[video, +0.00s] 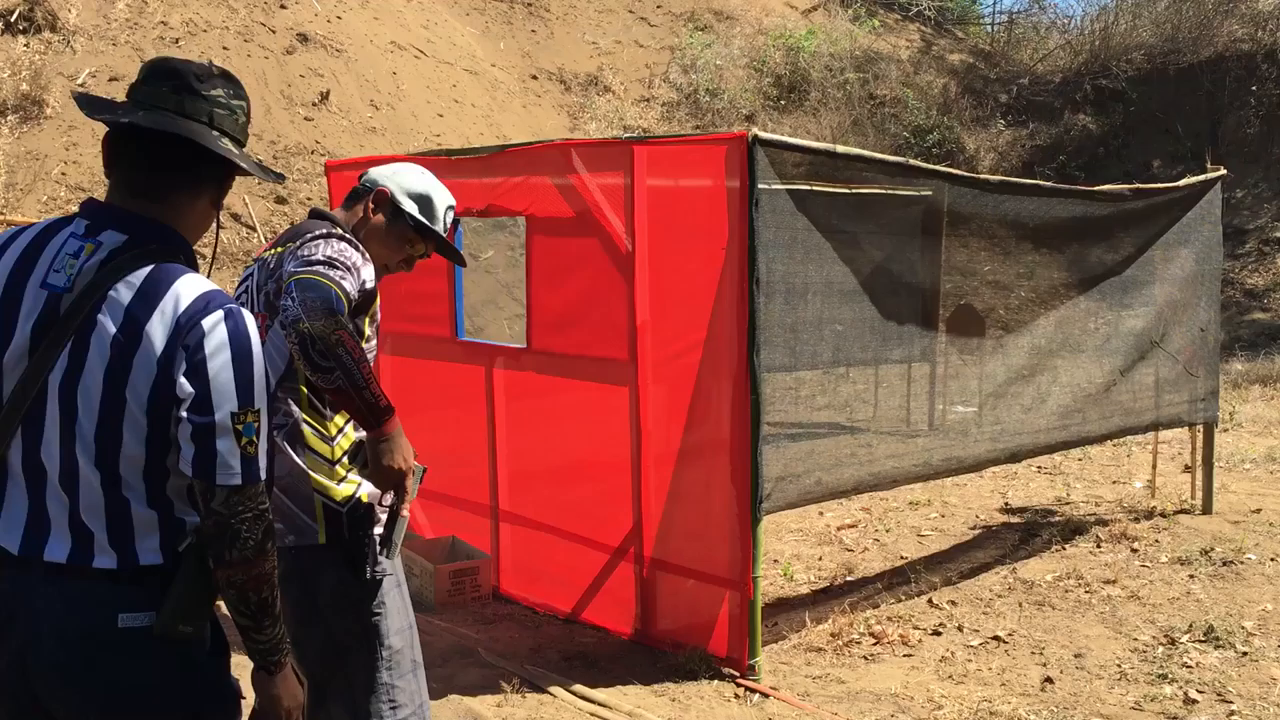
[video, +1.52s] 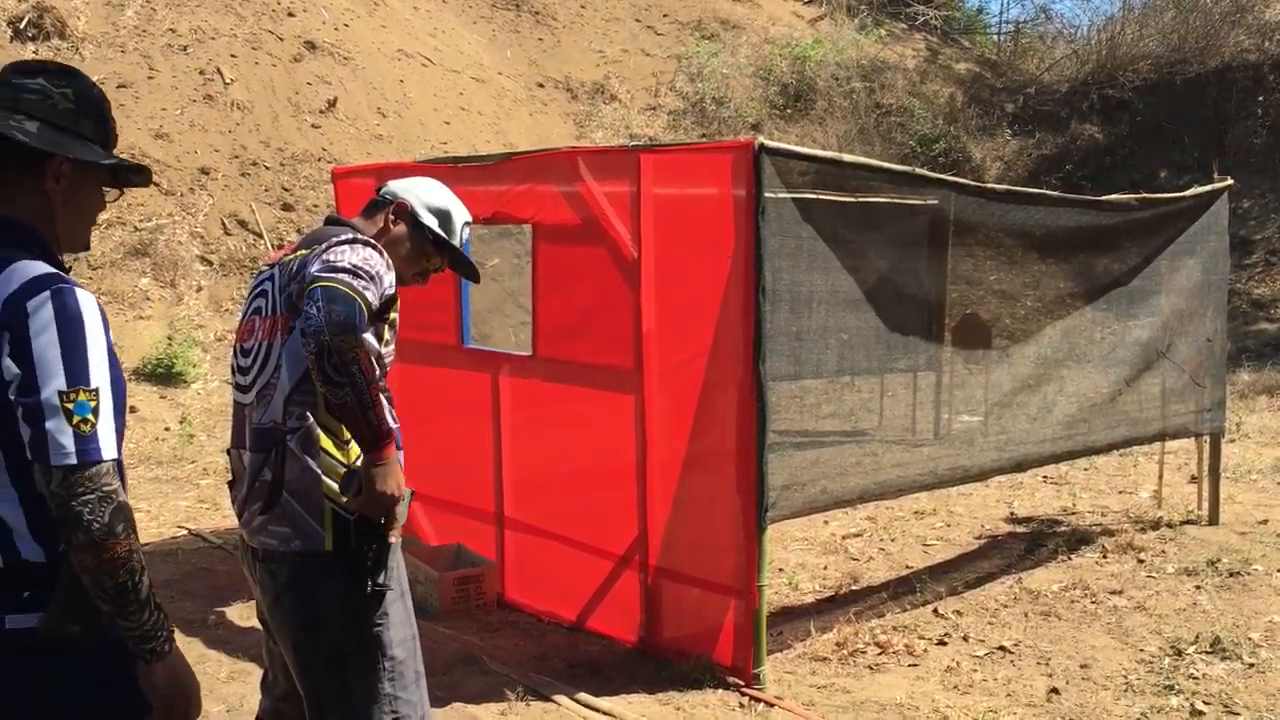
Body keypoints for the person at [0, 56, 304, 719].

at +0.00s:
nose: (223, 208)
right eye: (231, 187)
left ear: (108, 154)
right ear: (219, 189)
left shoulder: (14, 254)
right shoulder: (208, 324)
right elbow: (235, 526)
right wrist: (273, 661)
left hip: (11, 601)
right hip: (141, 630)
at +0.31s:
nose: (175, 202)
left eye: (179, 184)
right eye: (179, 183)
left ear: (59, 161)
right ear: (165, 186)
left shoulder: (10, 259)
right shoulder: (153, 318)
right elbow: (197, 526)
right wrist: (255, 656)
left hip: (11, 608)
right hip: (119, 631)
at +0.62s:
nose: (117, 195)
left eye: (117, 178)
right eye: (118, 179)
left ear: (9, 174)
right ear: (100, 184)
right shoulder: (83, 319)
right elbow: (116, 526)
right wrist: (167, 660)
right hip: (58, 630)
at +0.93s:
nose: (76, 195)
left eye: (76, 178)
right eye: (71, 178)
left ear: (13, 178)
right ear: (41, 183)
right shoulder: (33, 309)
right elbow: (60, 518)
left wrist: (34, 294)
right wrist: (123, 652)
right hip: (35, 646)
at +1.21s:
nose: (64, 206)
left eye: (66, 187)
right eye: (59, 185)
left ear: (18, 179)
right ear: (18, 177)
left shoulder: (19, 288)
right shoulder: (21, 295)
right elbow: (44, 487)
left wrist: (25, 267)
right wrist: (118, 636)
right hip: (33, 641)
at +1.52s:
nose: (106, 203)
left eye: (107, 185)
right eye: (101, 183)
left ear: (46, 178)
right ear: (56, 178)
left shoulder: (21, 291)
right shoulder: (51, 302)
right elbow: (91, 516)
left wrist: (148, 639)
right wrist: (158, 646)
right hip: (51, 644)